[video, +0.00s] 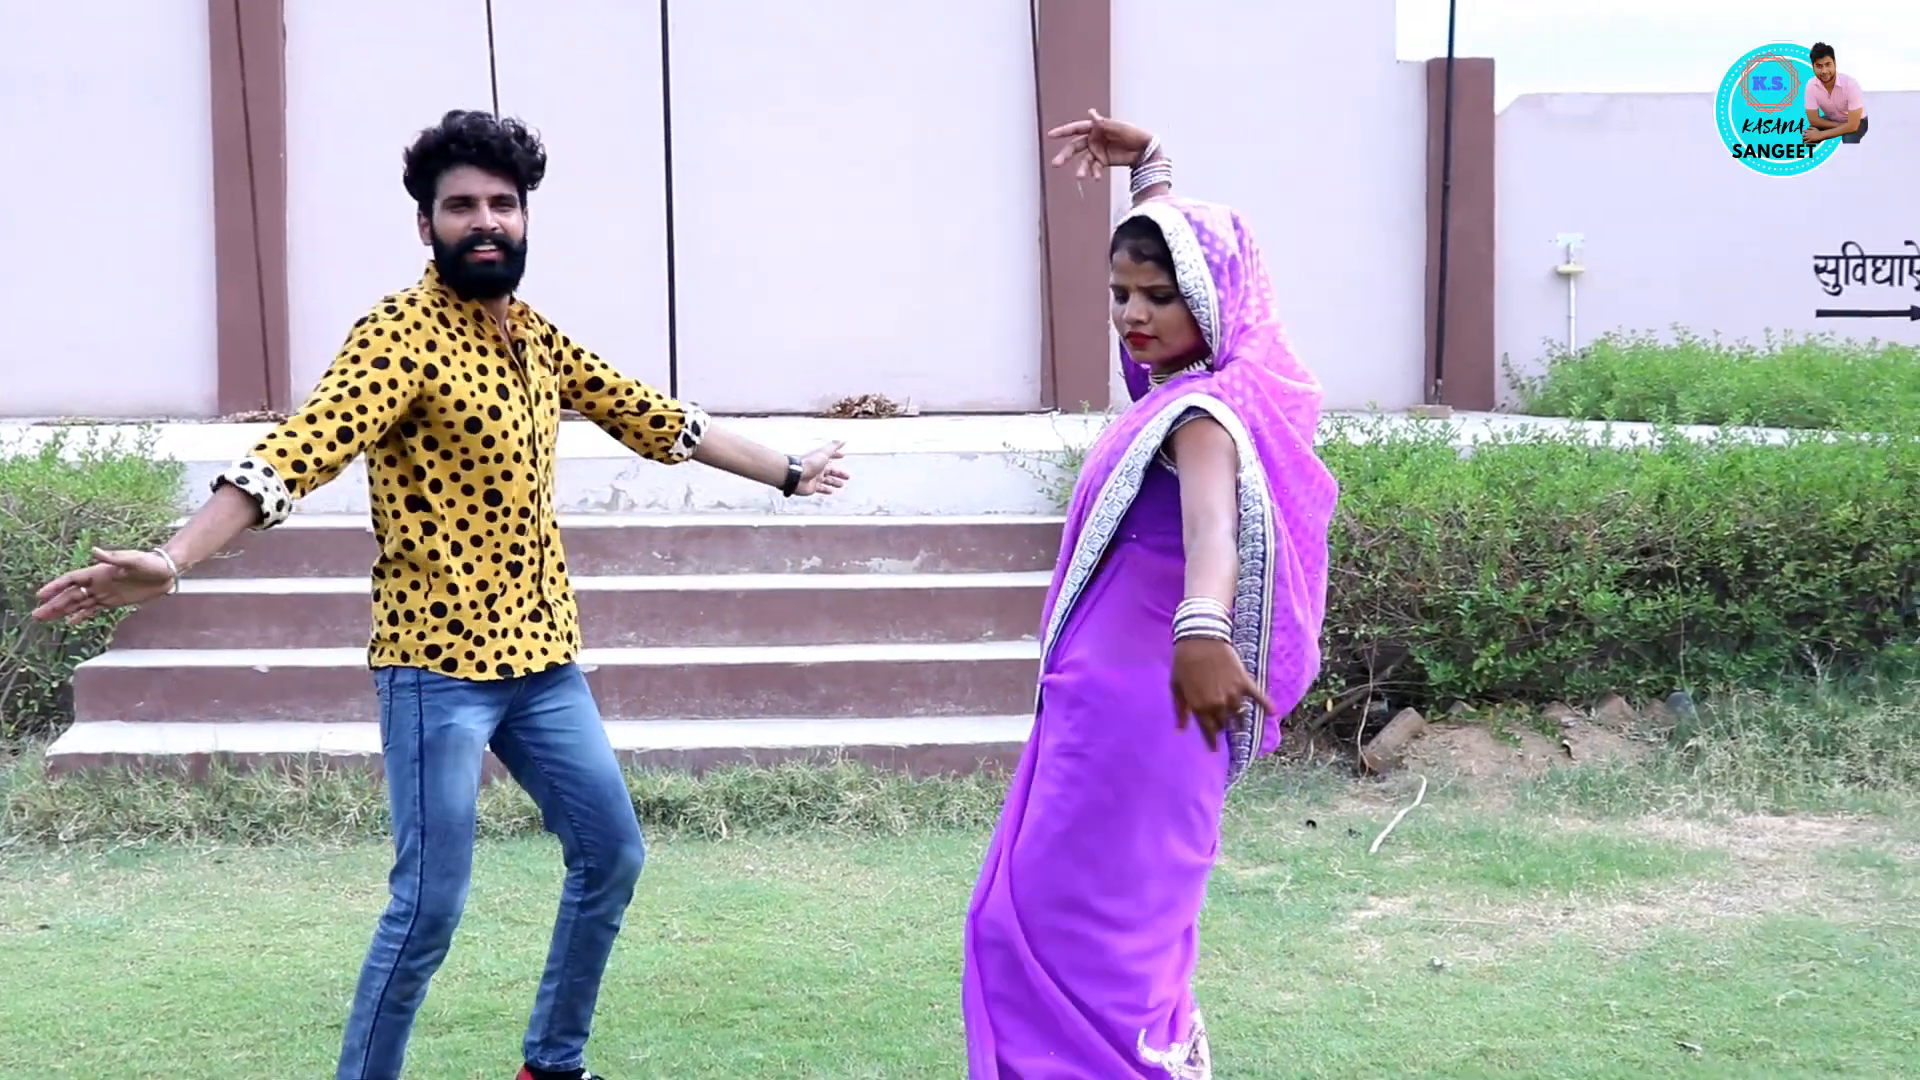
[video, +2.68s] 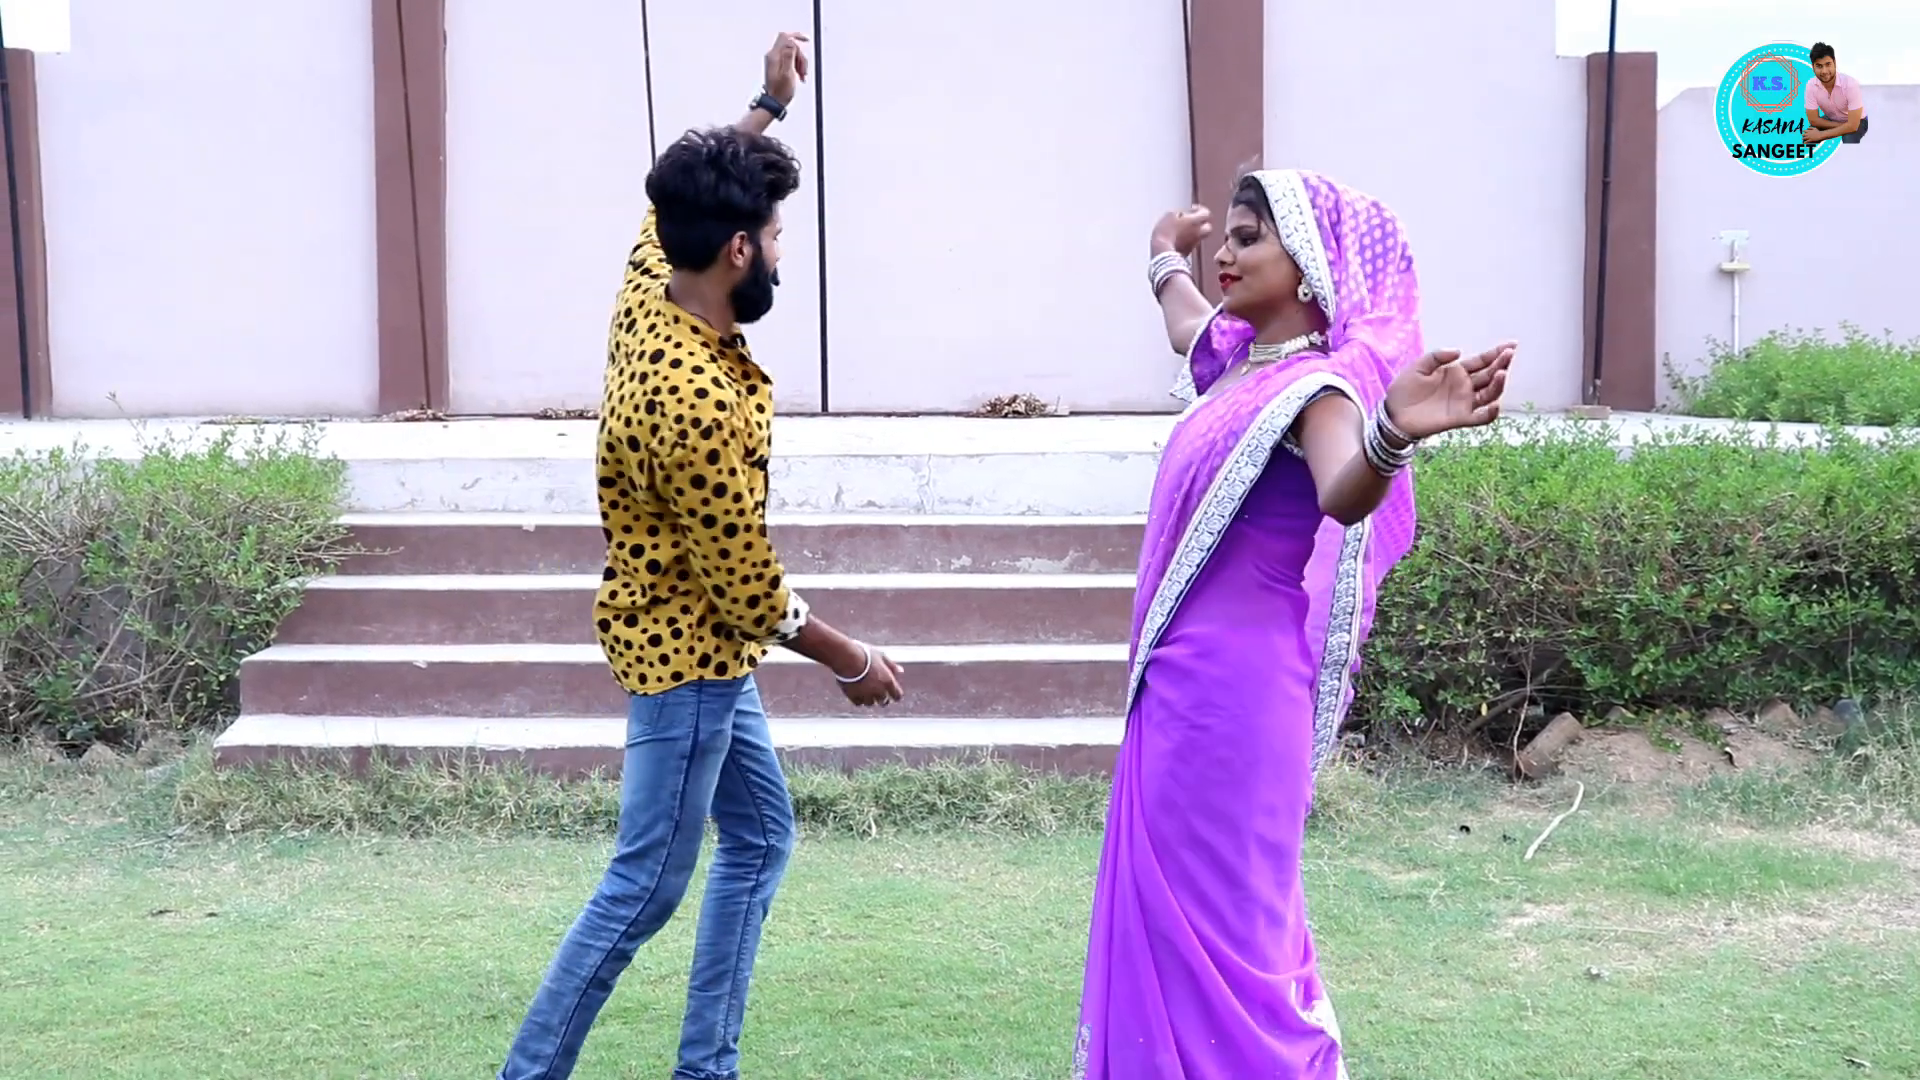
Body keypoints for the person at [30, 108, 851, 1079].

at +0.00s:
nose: (486, 223)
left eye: (503, 205)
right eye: (463, 206)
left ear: (527, 218)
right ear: (426, 222)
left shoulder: (538, 343)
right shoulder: (397, 336)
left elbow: (658, 419)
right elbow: (290, 455)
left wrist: (787, 468)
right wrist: (176, 558)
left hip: (540, 661)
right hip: (434, 665)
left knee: (614, 854)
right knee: (428, 907)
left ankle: (552, 1061)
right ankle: (363, 1070)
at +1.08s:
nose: (363, 210)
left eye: (373, 189)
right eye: (334, 205)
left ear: (402, 203)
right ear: (309, 242)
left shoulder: (458, 334)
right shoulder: (324, 351)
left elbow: (601, 338)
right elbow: (263, 424)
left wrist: (752, 296)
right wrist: (193, 477)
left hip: (511, 661)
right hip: (410, 677)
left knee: (593, 854)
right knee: (405, 920)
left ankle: (554, 1066)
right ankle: (357, 1076)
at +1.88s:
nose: (502, 211)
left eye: (495, 192)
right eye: (474, 202)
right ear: (413, 241)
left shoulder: (523, 317)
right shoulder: (394, 365)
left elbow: (641, 312)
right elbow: (351, 487)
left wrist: (751, 230)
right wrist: (327, 546)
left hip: (556, 663)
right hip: (468, 676)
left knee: (643, 845)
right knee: (490, 918)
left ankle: (611, 1068)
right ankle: (430, 1073)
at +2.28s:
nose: (646, 220)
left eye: (641, 201)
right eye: (631, 205)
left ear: (586, 224)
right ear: (579, 226)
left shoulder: (621, 306)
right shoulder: (516, 361)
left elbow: (703, 271)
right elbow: (470, 516)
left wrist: (804, 212)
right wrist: (500, 589)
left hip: (650, 651)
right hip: (574, 665)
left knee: (725, 833)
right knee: (579, 898)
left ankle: (688, 1056)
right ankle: (508, 1071)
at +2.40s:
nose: (678, 245)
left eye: (673, 226)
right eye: (667, 228)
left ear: (620, 245)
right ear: (622, 246)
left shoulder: (637, 333)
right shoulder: (537, 391)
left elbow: (709, 302)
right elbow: (533, 577)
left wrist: (795, 230)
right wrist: (604, 661)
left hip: (678, 658)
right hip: (602, 681)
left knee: (757, 833)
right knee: (618, 910)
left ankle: (699, 1058)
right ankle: (529, 1071)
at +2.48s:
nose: (708, 250)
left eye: (703, 231)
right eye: (694, 233)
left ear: (644, 248)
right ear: (650, 251)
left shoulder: (648, 330)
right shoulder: (567, 393)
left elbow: (708, 293)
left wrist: (787, 217)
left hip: (688, 652)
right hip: (622, 674)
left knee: (770, 831)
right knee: (629, 906)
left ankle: (703, 1058)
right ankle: (534, 1071)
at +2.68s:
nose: (777, 245)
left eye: (775, 228)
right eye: (773, 230)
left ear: (687, 236)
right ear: (743, 247)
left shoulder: (650, 296)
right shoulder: (711, 400)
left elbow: (684, 192)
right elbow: (748, 587)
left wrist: (771, 101)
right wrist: (847, 659)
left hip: (677, 629)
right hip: (688, 650)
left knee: (761, 833)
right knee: (646, 883)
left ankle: (707, 1065)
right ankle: (530, 1068)